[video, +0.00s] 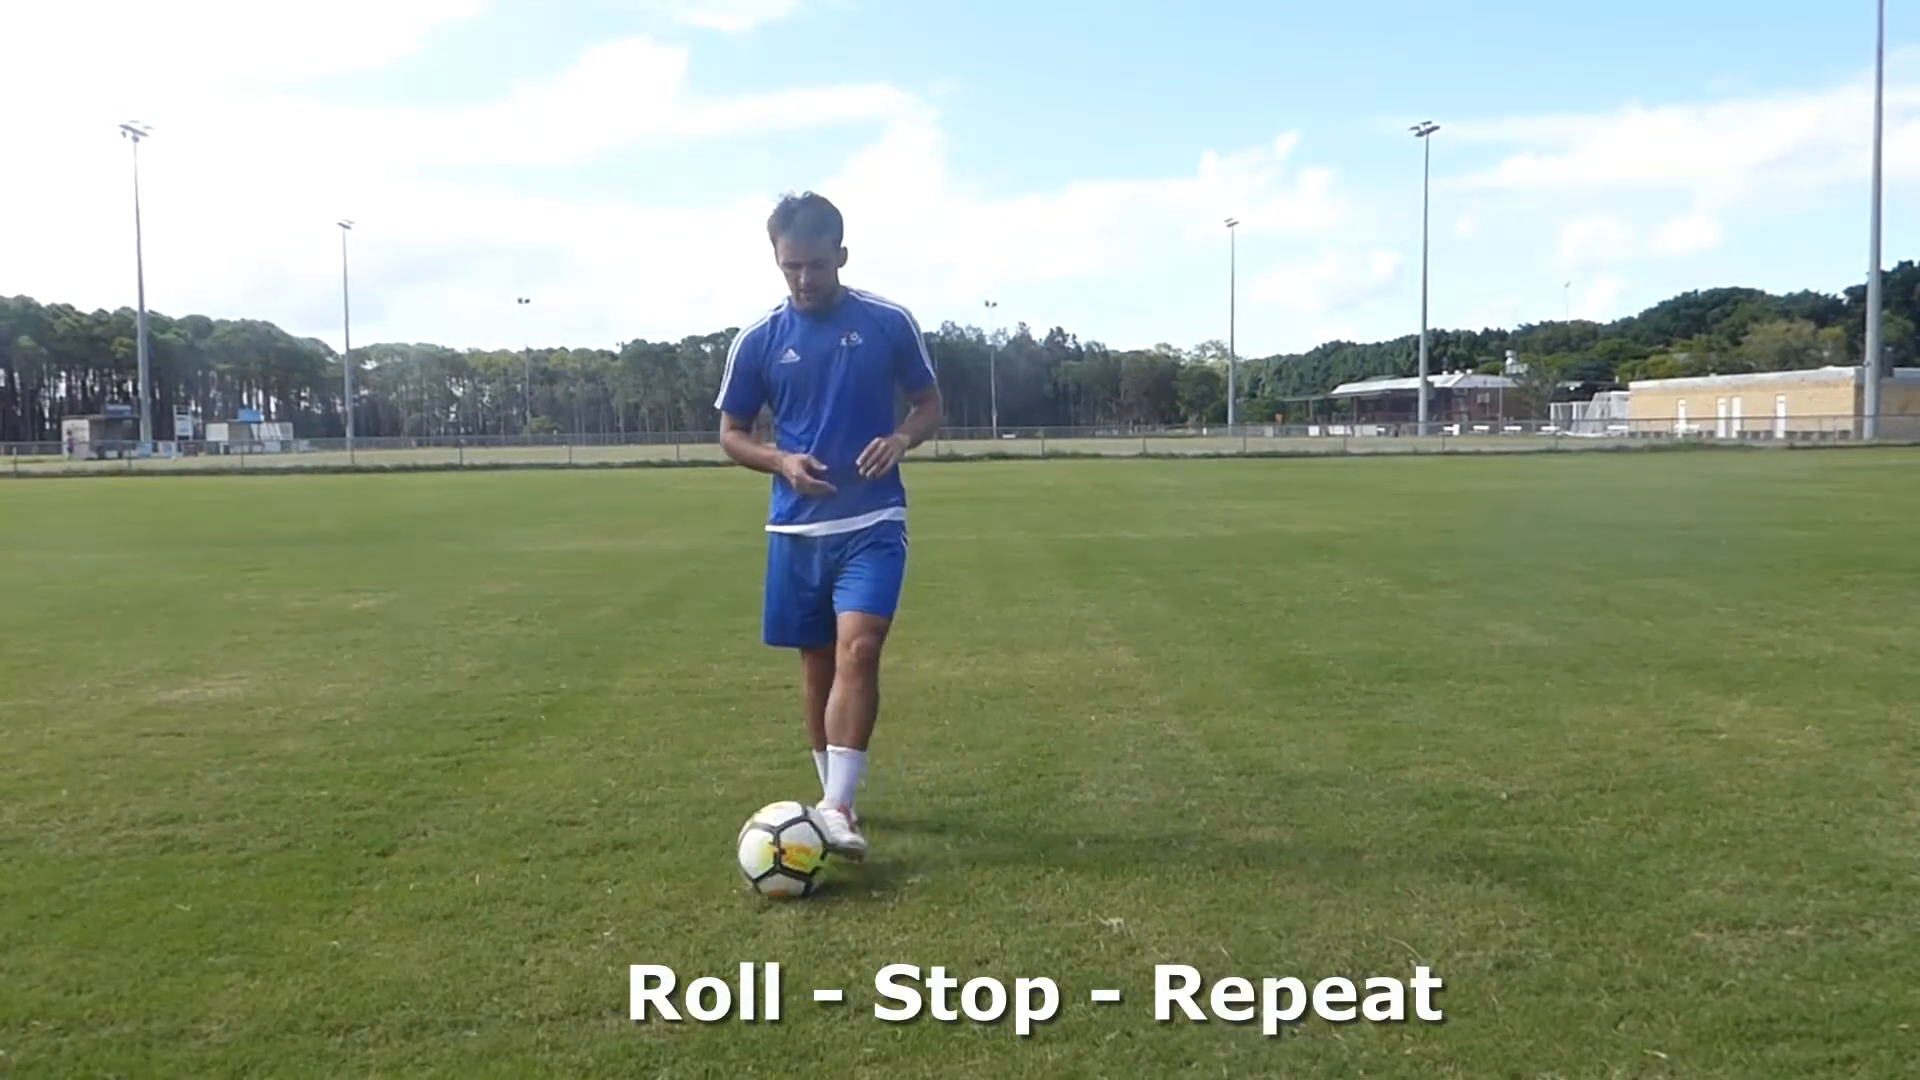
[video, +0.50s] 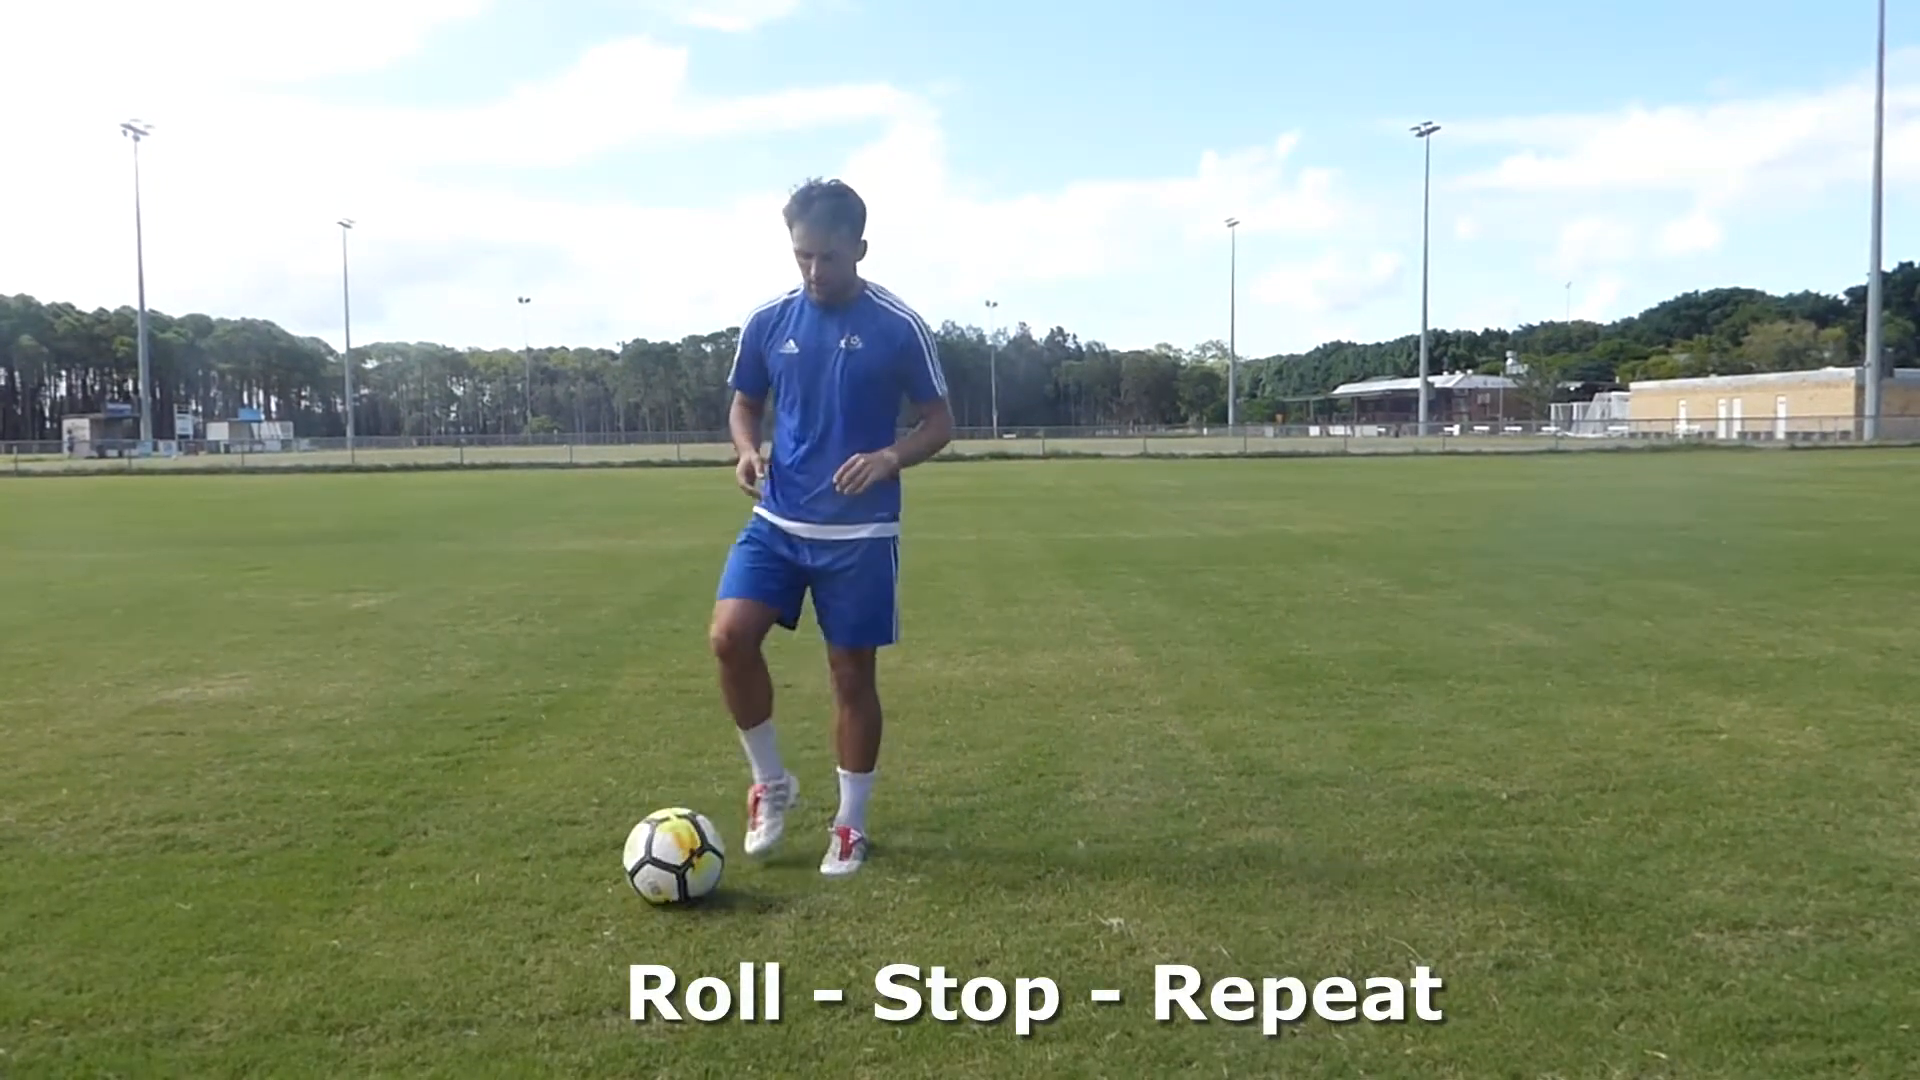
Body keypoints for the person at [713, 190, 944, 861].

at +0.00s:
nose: (805, 280)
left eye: (817, 265)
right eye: (790, 266)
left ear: (841, 255)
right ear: (774, 259)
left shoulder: (888, 323)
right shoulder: (758, 342)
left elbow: (930, 407)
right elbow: (731, 435)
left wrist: (901, 438)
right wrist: (780, 460)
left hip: (872, 524)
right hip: (797, 531)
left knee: (860, 651)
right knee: (819, 671)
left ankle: (839, 806)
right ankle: (835, 805)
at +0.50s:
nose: (816, 272)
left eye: (829, 257)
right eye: (804, 256)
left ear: (859, 247)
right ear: (790, 248)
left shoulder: (899, 326)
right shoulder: (768, 323)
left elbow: (939, 422)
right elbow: (744, 405)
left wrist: (889, 457)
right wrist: (749, 447)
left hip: (857, 534)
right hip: (776, 524)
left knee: (851, 678)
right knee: (729, 637)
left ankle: (849, 825)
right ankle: (770, 783)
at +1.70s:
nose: (836, 270)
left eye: (849, 255)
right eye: (827, 254)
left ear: (885, 245)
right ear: (816, 241)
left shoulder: (924, 335)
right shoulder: (789, 313)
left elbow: (954, 431)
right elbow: (755, 398)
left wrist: (922, 482)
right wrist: (736, 471)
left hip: (856, 537)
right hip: (774, 512)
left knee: (847, 685)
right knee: (703, 609)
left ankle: (842, 829)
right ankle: (683, 787)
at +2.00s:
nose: (849, 262)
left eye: (863, 247)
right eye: (837, 247)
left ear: (893, 240)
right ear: (823, 240)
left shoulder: (931, 333)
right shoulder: (794, 316)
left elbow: (962, 431)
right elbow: (763, 402)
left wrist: (931, 479)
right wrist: (744, 471)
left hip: (864, 538)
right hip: (781, 515)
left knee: (851, 687)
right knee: (712, 615)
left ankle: (839, 831)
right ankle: (690, 793)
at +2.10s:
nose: (848, 269)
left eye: (862, 253)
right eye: (838, 253)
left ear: (897, 243)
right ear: (827, 243)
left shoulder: (937, 335)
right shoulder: (801, 316)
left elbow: (974, 422)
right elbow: (764, 401)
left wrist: (949, 486)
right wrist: (747, 468)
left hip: (867, 537)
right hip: (783, 515)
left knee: (851, 687)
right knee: (709, 616)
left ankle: (840, 830)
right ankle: (690, 793)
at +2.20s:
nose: (857, 274)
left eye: (870, 260)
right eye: (847, 258)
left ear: (906, 248)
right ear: (837, 246)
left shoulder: (944, 339)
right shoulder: (806, 317)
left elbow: (981, 424)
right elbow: (764, 399)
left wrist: (973, 497)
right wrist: (749, 463)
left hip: (868, 539)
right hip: (783, 514)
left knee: (852, 688)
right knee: (703, 612)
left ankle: (840, 831)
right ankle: (678, 790)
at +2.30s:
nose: (869, 278)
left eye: (885, 264)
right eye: (859, 261)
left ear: (918, 253)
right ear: (848, 247)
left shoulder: (951, 341)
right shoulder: (814, 316)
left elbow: (979, 424)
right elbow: (764, 400)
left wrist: (987, 500)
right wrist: (752, 466)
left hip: (871, 539)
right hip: (786, 514)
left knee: (855, 688)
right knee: (702, 613)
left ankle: (842, 830)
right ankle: (666, 789)